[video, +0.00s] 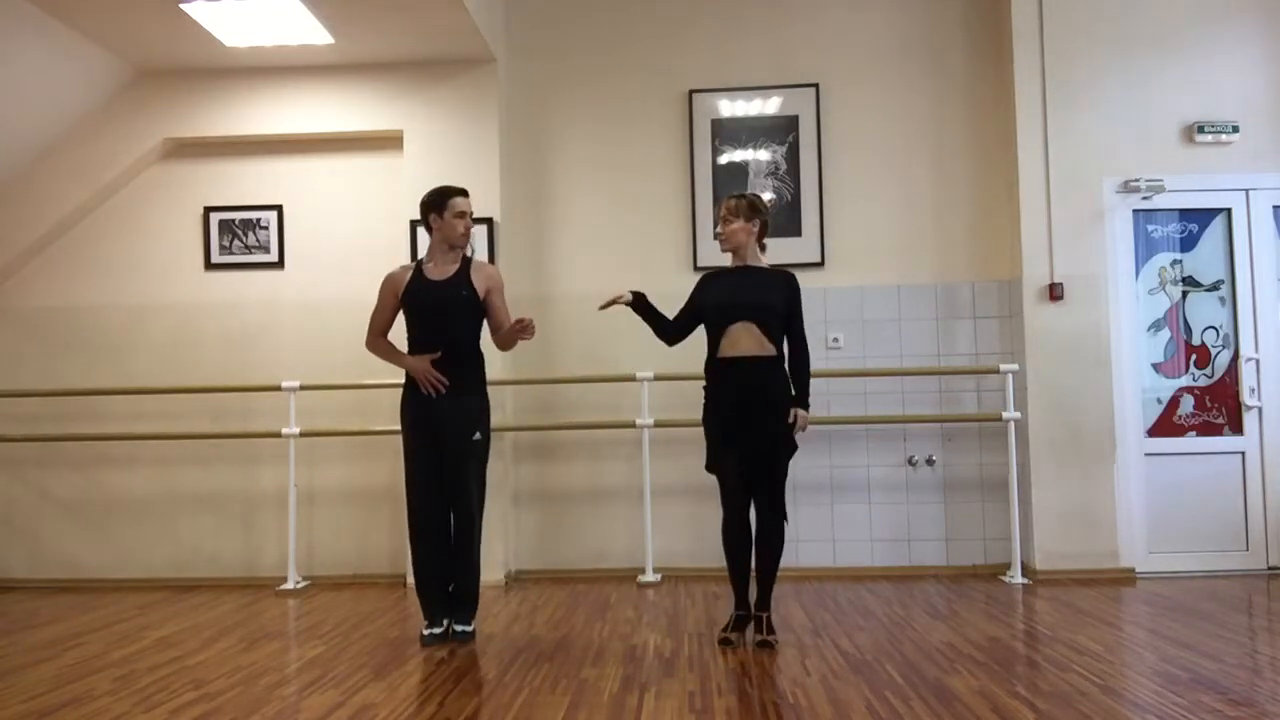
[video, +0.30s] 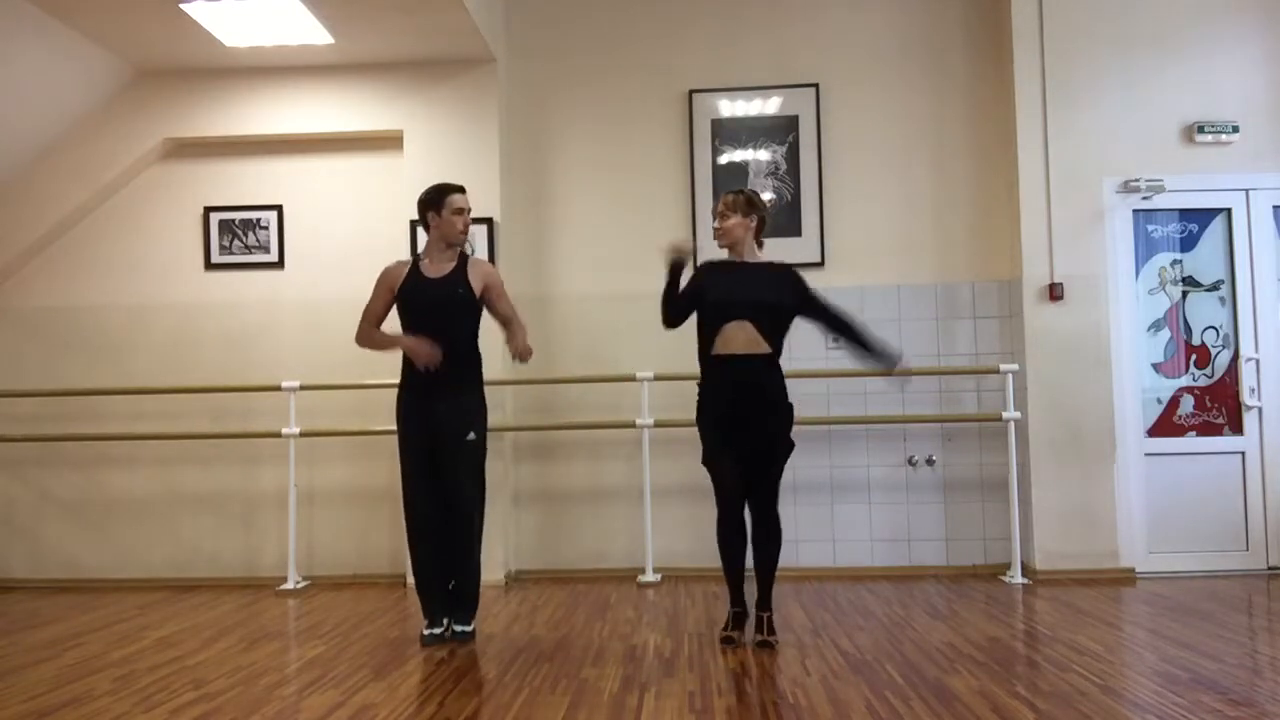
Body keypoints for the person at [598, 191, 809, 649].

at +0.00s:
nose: (720, 228)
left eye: (729, 220)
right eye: (719, 221)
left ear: (755, 227)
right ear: (726, 230)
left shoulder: (783, 281)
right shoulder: (712, 282)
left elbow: (797, 345)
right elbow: (672, 333)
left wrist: (800, 400)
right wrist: (638, 301)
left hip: (772, 398)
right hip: (725, 397)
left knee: (770, 506)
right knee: (734, 507)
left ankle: (764, 608)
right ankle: (741, 608)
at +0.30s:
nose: (716, 223)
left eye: (725, 215)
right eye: (716, 216)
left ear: (752, 223)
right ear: (728, 226)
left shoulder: (783, 277)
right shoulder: (707, 274)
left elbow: (835, 322)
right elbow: (672, 318)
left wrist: (886, 357)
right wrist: (674, 273)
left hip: (765, 395)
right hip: (716, 395)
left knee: (763, 504)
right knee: (729, 503)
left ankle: (764, 607)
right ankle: (737, 606)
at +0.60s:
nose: (718, 229)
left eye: (726, 221)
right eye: (714, 223)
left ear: (750, 224)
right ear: (711, 231)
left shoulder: (779, 278)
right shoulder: (707, 284)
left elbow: (824, 327)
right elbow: (691, 343)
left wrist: (853, 284)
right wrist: (687, 369)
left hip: (762, 396)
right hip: (717, 396)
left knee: (748, 507)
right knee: (721, 506)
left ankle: (748, 612)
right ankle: (732, 606)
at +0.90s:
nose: (720, 234)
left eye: (728, 226)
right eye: (716, 227)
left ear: (753, 230)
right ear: (714, 234)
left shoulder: (772, 286)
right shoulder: (712, 286)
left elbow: (763, 339)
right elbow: (698, 337)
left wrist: (731, 298)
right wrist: (676, 383)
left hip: (762, 389)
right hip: (718, 387)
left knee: (757, 496)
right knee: (739, 452)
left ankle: (747, 610)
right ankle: (744, 558)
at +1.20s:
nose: (732, 227)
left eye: (741, 218)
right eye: (729, 220)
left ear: (766, 222)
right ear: (727, 227)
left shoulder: (791, 275)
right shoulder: (724, 281)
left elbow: (783, 339)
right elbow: (686, 332)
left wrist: (741, 304)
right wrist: (642, 374)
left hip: (767, 398)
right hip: (718, 390)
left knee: (761, 514)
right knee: (688, 450)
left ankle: (742, 616)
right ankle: (672, 518)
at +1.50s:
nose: (749, 220)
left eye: (758, 214)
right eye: (741, 214)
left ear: (773, 223)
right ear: (732, 224)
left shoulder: (799, 273)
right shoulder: (720, 278)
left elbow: (831, 308)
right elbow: (693, 331)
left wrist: (831, 346)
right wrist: (698, 335)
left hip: (776, 397)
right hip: (726, 394)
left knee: (758, 507)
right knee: (728, 502)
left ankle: (742, 615)